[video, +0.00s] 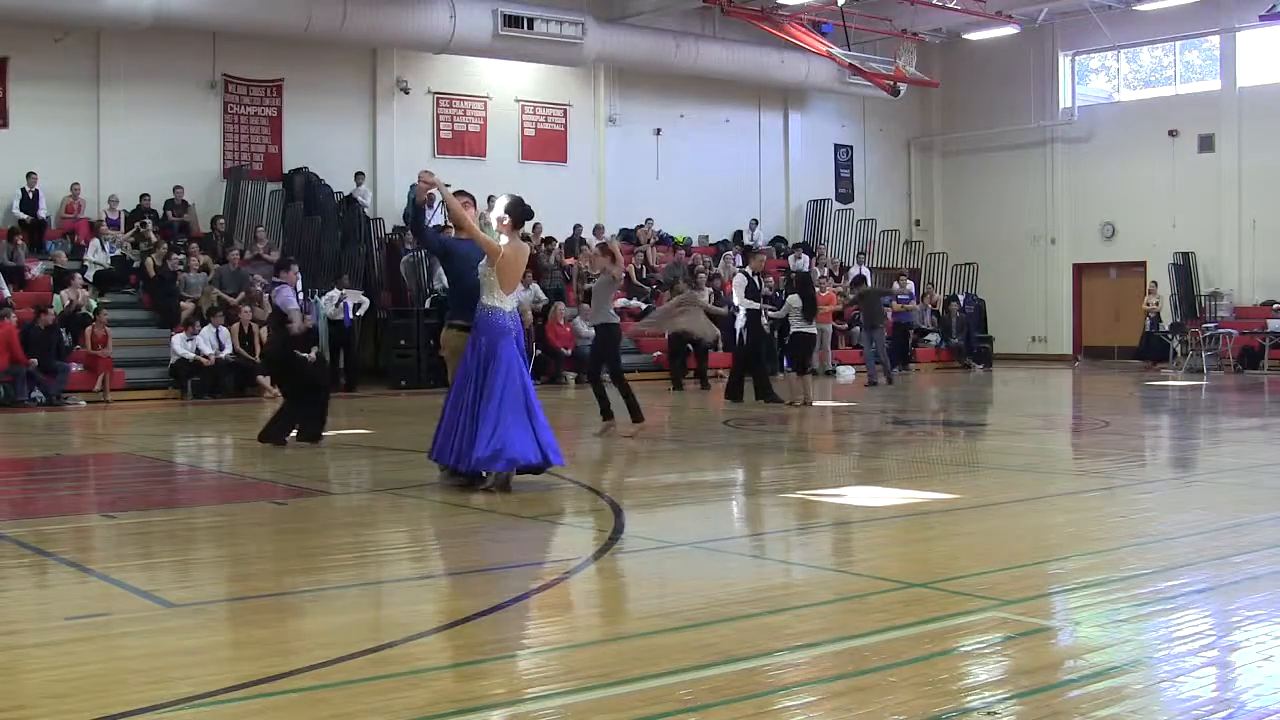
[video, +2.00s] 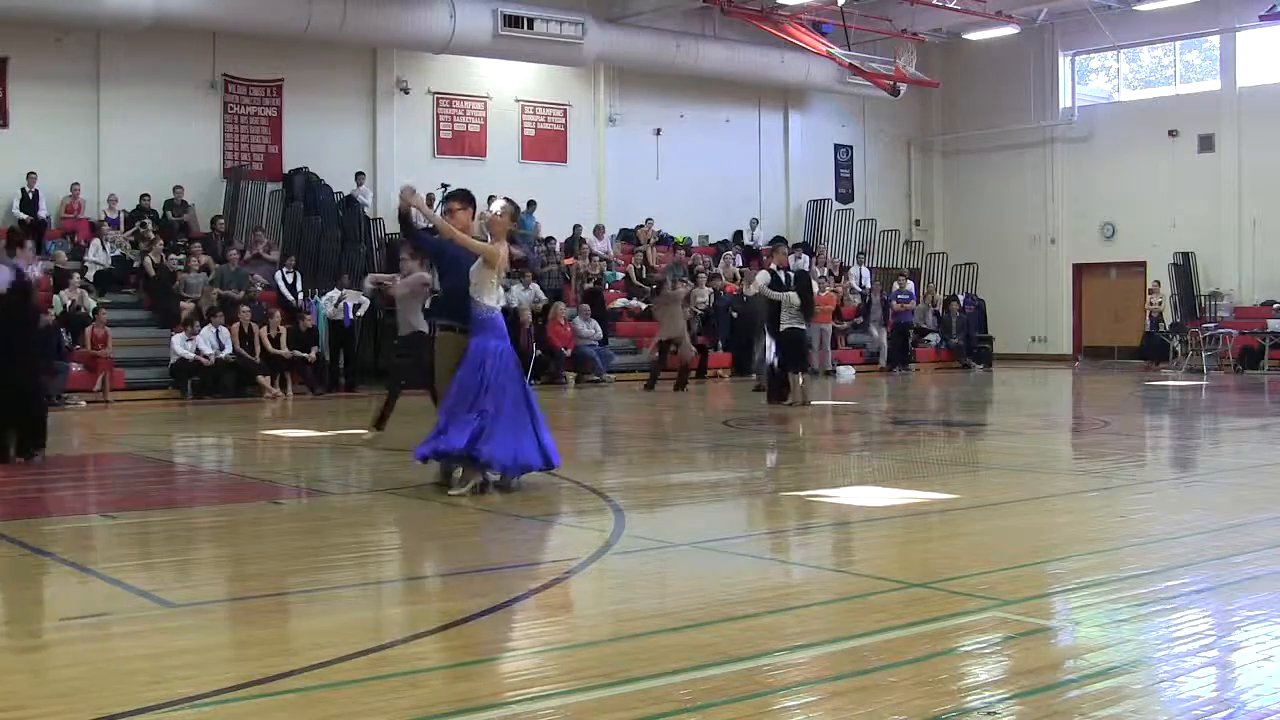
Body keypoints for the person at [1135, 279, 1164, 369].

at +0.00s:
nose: (1151, 289)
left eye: (1153, 287)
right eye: (1150, 287)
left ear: (1156, 288)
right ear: (1148, 288)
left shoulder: (1159, 297)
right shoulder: (1147, 297)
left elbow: (1159, 308)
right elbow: (1143, 306)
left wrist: (1149, 309)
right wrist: (1152, 307)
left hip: (1156, 317)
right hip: (1148, 318)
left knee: (1156, 337)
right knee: (1147, 337)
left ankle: (1154, 360)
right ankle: (1146, 360)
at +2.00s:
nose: (1154, 288)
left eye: (1156, 286)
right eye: (1153, 286)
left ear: (1159, 287)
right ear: (1151, 287)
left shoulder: (1162, 296)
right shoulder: (1149, 296)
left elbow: (1161, 308)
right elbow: (1146, 307)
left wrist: (1150, 308)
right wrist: (1156, 307)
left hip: (1159, 319)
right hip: (1150, 319)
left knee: (1158, 340)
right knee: (1149, 339)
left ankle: (1157, 361)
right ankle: (1149, 361)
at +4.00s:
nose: (1152, 288)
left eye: (1154, 286)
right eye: (1151, 286)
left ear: (1157, 287)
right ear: (1150, 287)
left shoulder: (1160, 296)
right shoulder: (1148, 296)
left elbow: (1160, 308)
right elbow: (1144, 306)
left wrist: (1149, 307)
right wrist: (1153, 307)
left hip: (1156, 318)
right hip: (1149, 318)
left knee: (1156, 337)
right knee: (1148, 337)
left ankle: (1156, 361)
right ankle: (1149, 360)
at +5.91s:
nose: (1152, 288)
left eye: (1154, 286)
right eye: (1151, 286)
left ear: (1157, 287)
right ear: (1149, 287)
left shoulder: (1160, 297)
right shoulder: (1148, 297)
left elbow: (1160, 308)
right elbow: (1144, 306)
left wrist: (1150, 308)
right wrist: (1153, 307)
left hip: (1157, 318)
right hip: (1149, 318)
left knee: (1156, 338)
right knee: (1148, 337)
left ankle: (1155, 361)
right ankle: (1148, 361)